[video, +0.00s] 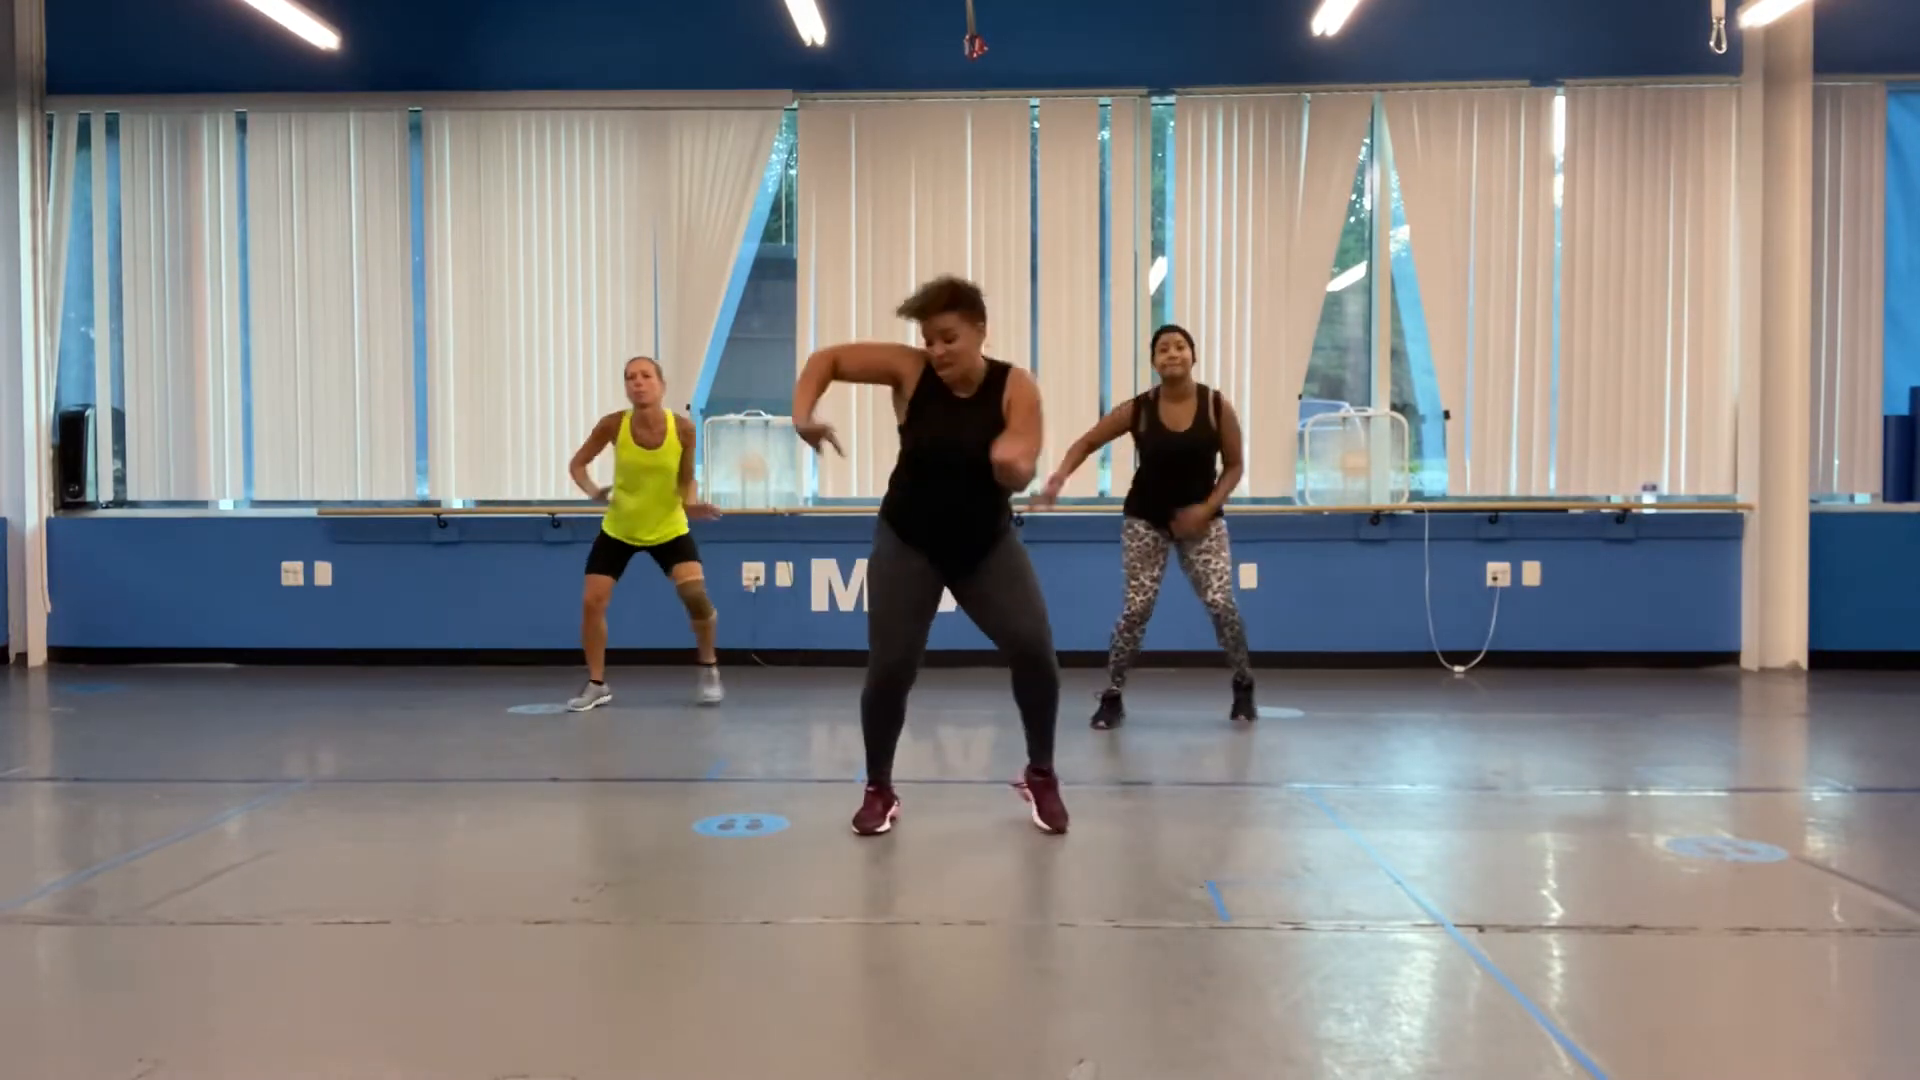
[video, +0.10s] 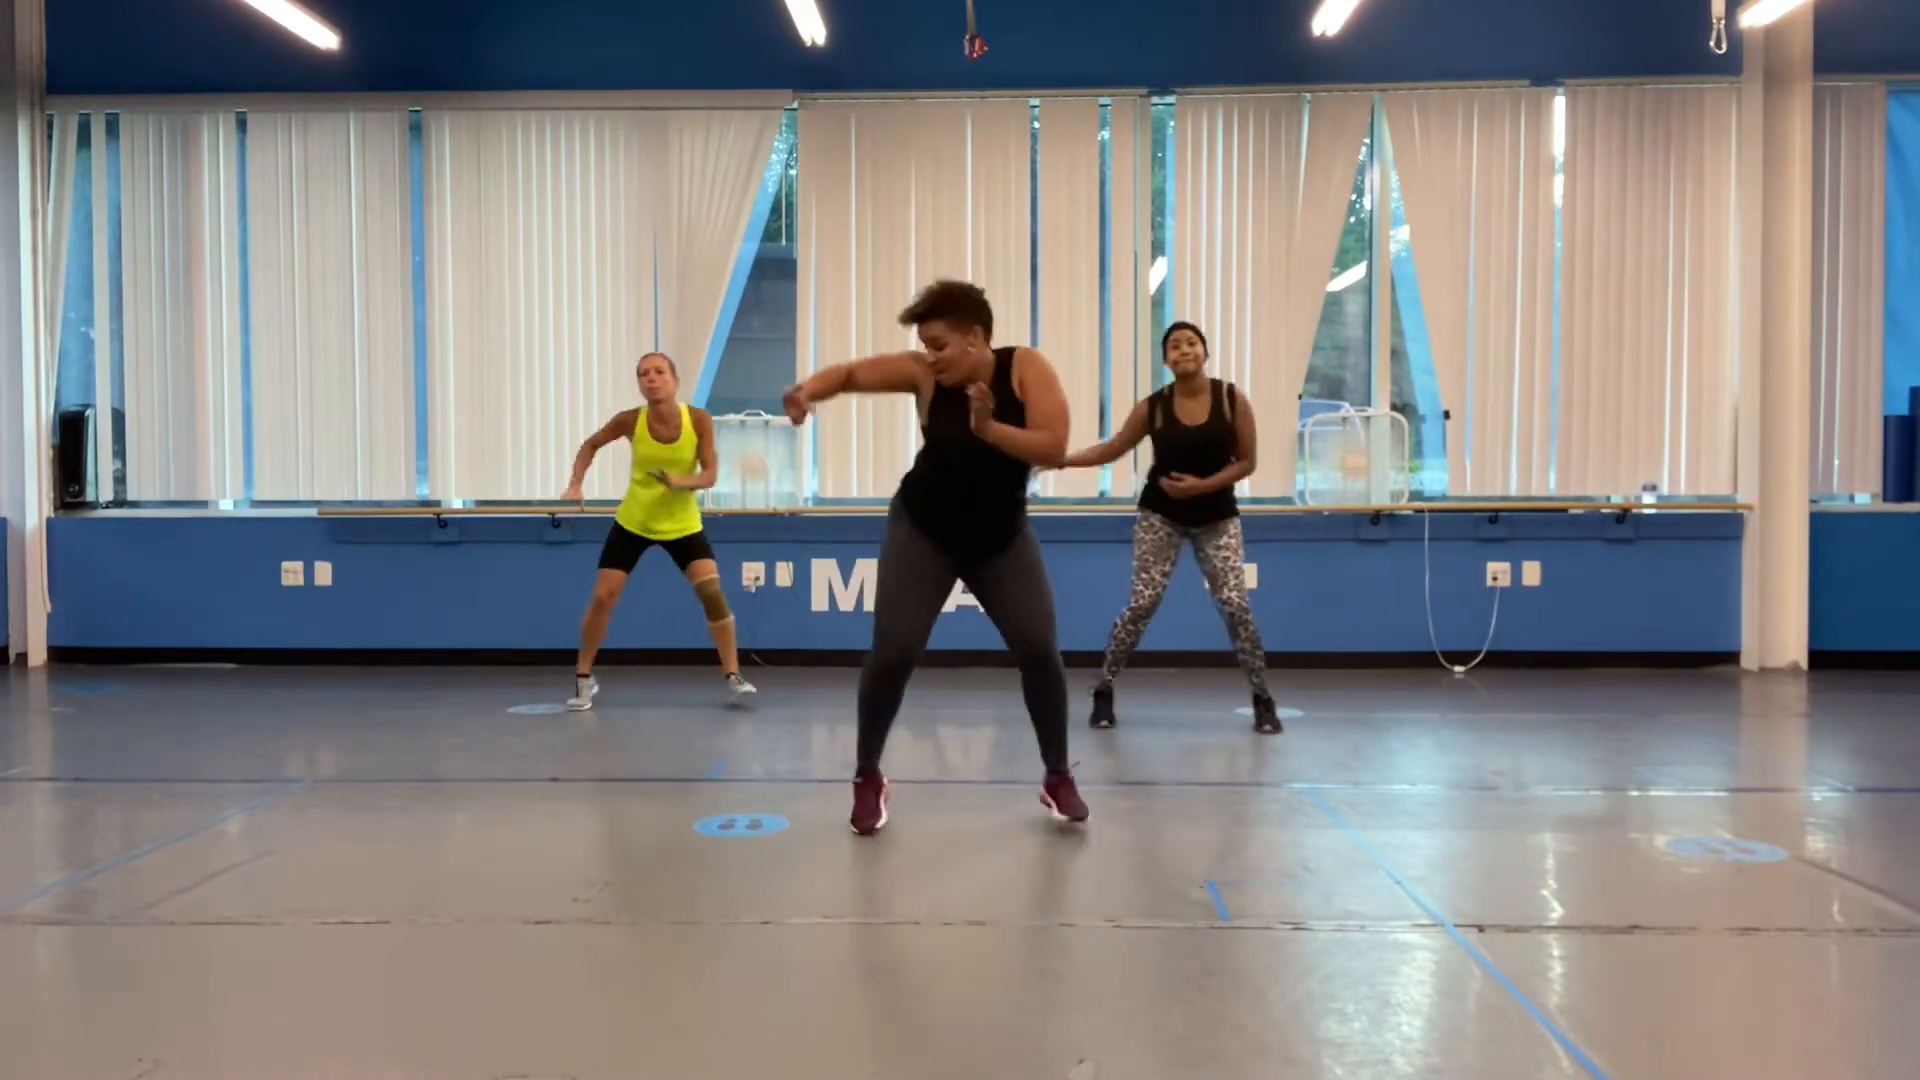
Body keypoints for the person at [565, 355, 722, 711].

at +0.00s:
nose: (638, 383)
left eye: (645, 376)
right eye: (631, 378)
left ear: (662, 385)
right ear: (626, 388)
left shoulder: (683, 428)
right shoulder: (614, 424)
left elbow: (687, 477)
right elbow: (577, 465)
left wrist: (691, 504)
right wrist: (594, 492)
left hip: (668, 524)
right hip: (620, 523)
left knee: (695, 594)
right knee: (593, 601)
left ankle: (709, 668)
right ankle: (596, 684)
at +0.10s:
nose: (652, 379)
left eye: (659, 372)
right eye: (644, 375)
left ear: (675, 380)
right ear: (639, 385)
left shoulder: (698, 419)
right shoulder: (630, 421)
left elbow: (709, 476)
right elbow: (589, 446)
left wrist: (678, 482)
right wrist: (575, 483)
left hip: (681, 522)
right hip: (634, 519)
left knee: (712, 591)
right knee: (603, 597)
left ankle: (733, 676)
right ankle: (583, 677)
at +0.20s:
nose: (663, 388)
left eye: (670, 381)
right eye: (656, 384)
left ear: (687, 388)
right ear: (650, 395)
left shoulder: (711, 423)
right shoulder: (645, 430)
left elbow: (728, 474)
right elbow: (610, 452)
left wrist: (674, 469)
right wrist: (574, 474)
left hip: (698, 530)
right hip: (652, 528)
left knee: (729, 597)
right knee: (619, 605)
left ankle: (740, 685)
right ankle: (584, 668)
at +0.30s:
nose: (666, 391)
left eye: (673, 384)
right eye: (658, 387)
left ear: (688, 392)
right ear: (652, 397)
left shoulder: (714, 427)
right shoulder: (647, 440)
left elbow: (737, 478)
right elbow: (631, 483)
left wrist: (690, 481)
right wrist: (583, 489)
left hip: (703, 533)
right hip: (658, 533)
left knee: (736, 599)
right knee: (631, 613)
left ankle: (740, 686)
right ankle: (626, 676)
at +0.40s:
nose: (656, 388)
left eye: (663, 381)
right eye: (649, 383)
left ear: (678, 389)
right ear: (643, 394)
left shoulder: (704, 427)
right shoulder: (637, 438)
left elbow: (734, 478)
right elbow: (641, 493)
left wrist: (710, 500)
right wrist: (599, 514)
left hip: (705, 530)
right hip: (659, 532)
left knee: (733, 599)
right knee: (625, 602)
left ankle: (740, 685)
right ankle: (627, 677)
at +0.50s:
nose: (636, 382)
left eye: (644, 376)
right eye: (631, 377)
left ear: (660, 384)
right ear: (625, 386)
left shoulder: (684, 423)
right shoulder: (617, 430)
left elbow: (716, 461)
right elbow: (627, 484)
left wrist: (729, 489)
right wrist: (612, 513)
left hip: (698, 525)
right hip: (653, 528)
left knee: (718, 600)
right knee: (610, 593)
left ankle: (748, 682)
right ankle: (607, 679)